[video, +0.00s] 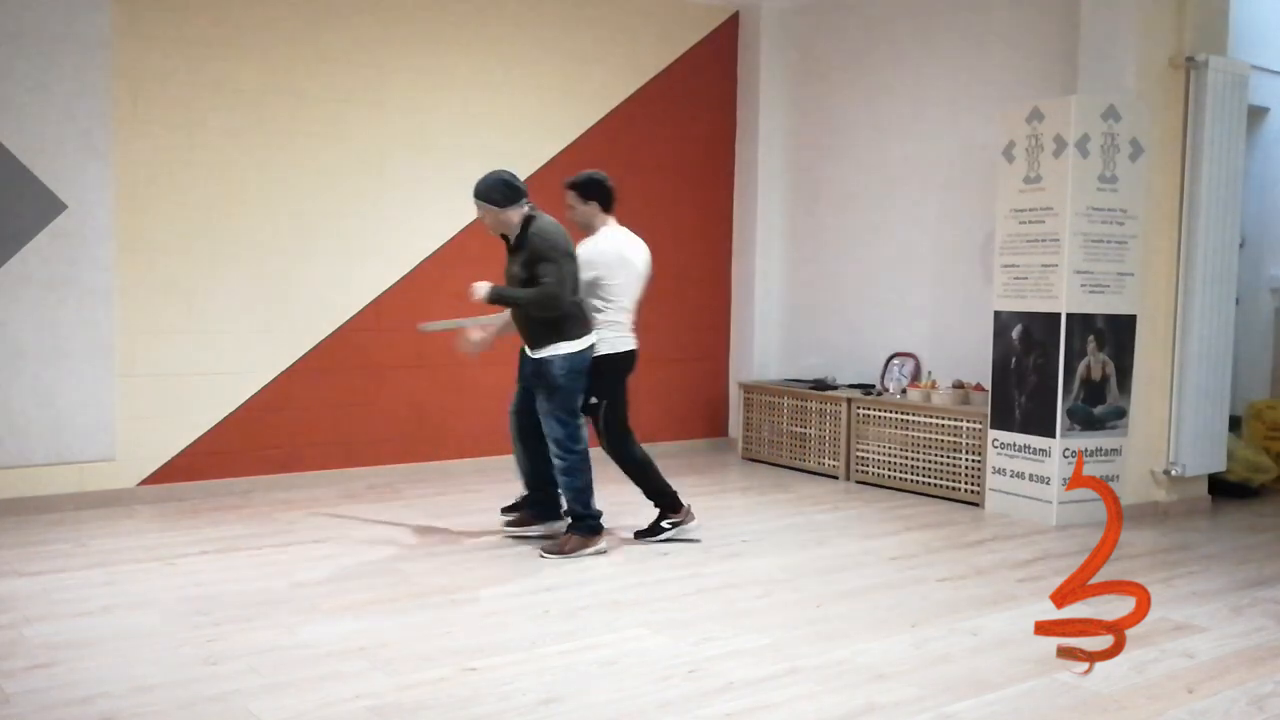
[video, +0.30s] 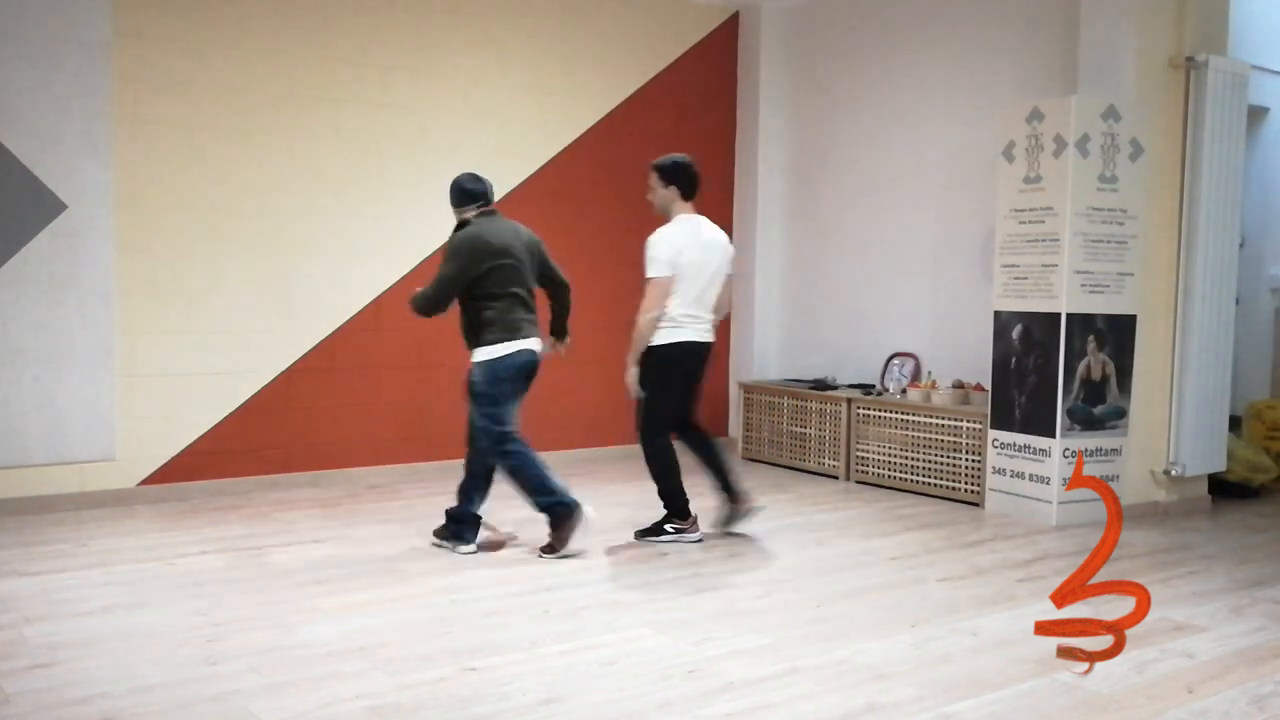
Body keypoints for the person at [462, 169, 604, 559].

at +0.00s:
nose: (481, 221)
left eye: (482, 213)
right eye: (479, 213)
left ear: (503, 208)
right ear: (506, 207)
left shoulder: (546, 236)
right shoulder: (518, 237)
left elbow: (555, 298)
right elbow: (530, 297)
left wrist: (494, 293)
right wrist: (493, 327)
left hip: (564, 352)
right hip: (537, 352)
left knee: (565, 438)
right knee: (526, 425)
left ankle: (586, 524)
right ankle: (544, 504)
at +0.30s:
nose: (457, 214)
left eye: (456, 209)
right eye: (463, 208)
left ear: (458, 208)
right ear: (490, 201)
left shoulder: (465, 241)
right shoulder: (521, 234)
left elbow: (435, 300)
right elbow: (558, 285)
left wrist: (417, 299)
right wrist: (558, 330)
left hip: (494, 357)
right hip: (525, 352)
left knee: (499, 440)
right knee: (483, 441)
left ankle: (562, 510)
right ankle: (462, 525)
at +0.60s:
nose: (489, 204)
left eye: (487, 199)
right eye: (488, 199)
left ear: (449, 196)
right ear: (482, 199)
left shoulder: (419, 231)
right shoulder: (495, 234)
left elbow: (395, 300)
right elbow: (512, 297)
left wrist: (378, 355)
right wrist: (523, 349)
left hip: (426, 346)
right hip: (475, 350)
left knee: (402, 422)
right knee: (468, 437)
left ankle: (396, 506)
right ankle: (455, 528)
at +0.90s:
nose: (472, 223)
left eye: (473, 216)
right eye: (470, 216)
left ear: (438, 210)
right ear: (451, 212)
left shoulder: (395, 239)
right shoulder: (449, 242)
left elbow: (369, 301)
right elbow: (453, 303)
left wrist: (350, 352)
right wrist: (467, 358)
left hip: (392, 352)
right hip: (431, 353)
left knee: (388, 424)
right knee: (442, 429)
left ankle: (370, 504)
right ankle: (420, 510)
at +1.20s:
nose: (472, 215)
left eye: (473, 208)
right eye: (467, 207)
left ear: (439, 207)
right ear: (447, 206)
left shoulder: (414, 232)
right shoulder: (434, 238)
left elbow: (415, 289)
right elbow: (422, 294)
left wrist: (453, 321)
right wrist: (427, 351)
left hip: (401, 343)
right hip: (433, 346)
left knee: (392, 421)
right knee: (451, 418)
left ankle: (371, 503)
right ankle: (452, 492)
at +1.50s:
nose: (497, 219)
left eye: (498, 212)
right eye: (492, 211)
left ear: (472, 213)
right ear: (471, 212)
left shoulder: (461, 243)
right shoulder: (454, 250)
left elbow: (477, 297)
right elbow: (448, 311)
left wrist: (513, 315)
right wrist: (451, 364)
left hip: (461, 347)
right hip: (468, 350)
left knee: (454, 413)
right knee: (476, 422)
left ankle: (403, 469)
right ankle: (462, 492)